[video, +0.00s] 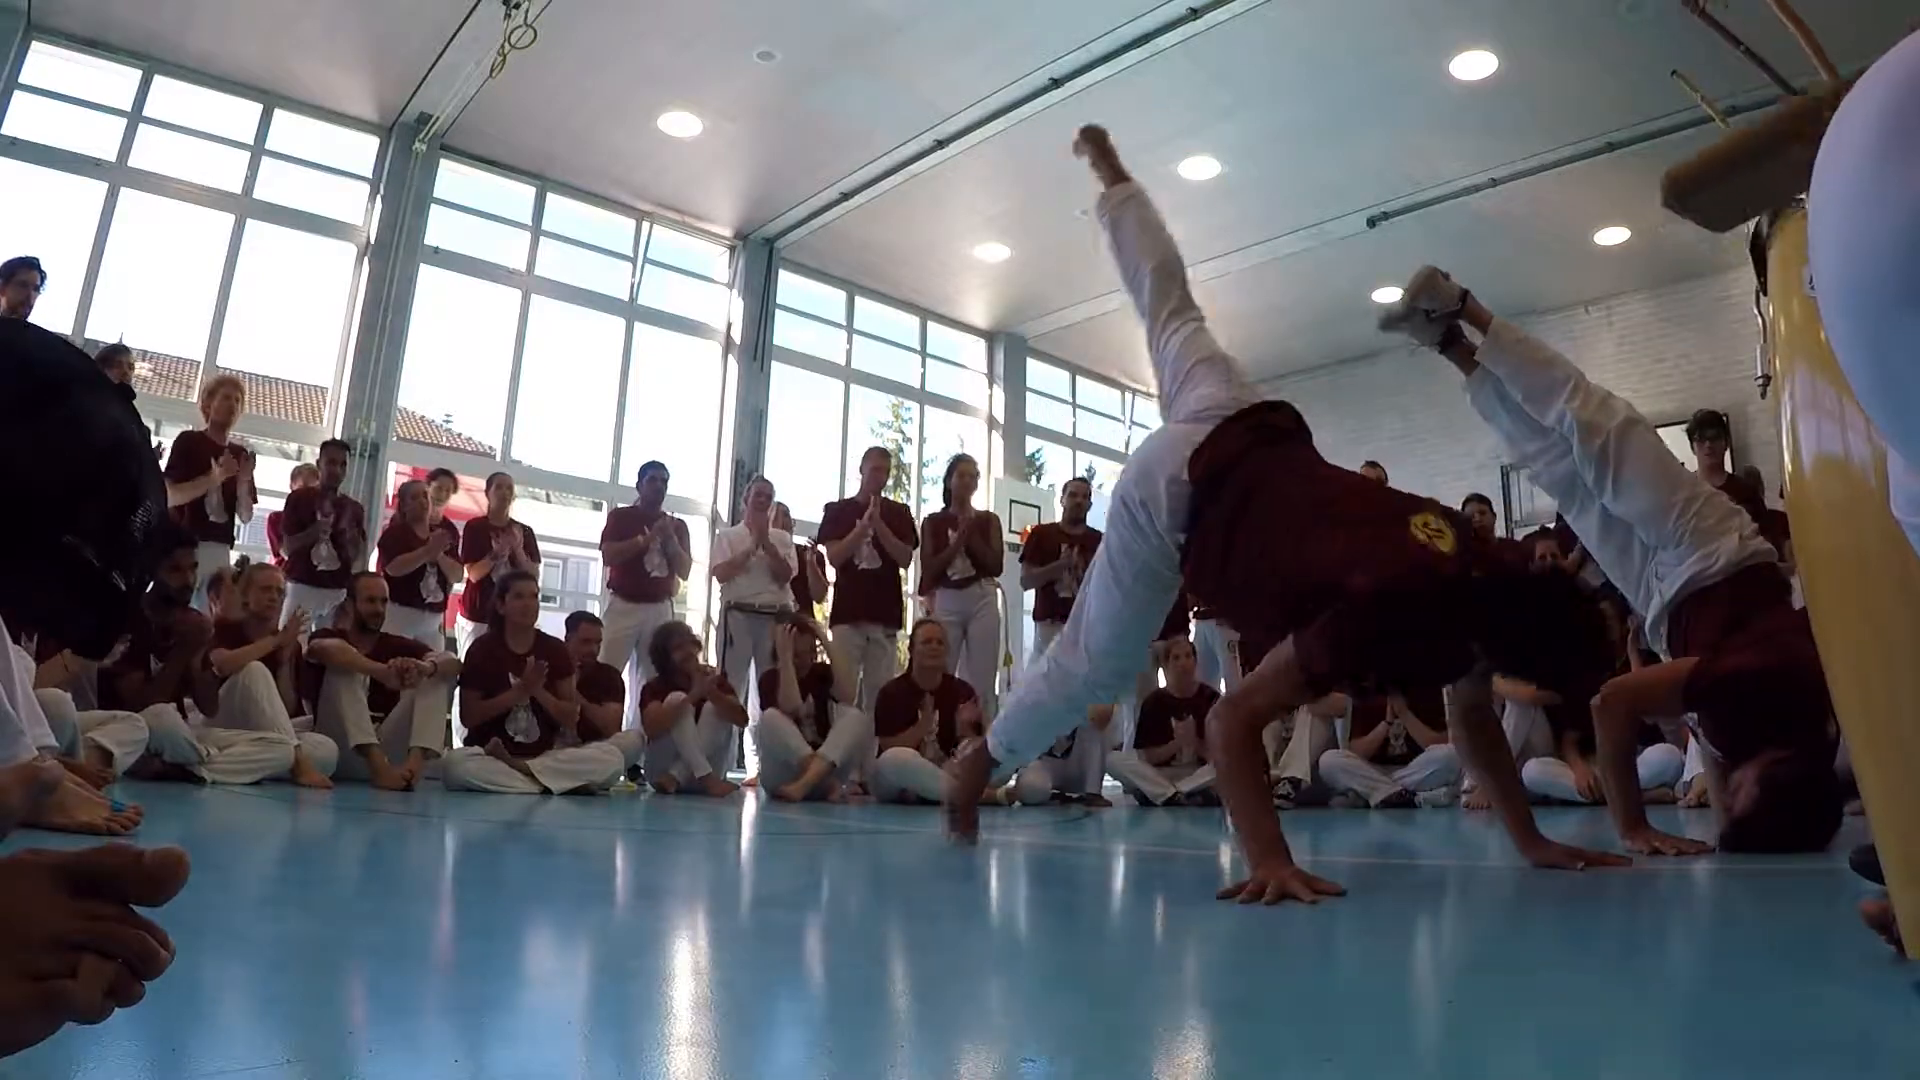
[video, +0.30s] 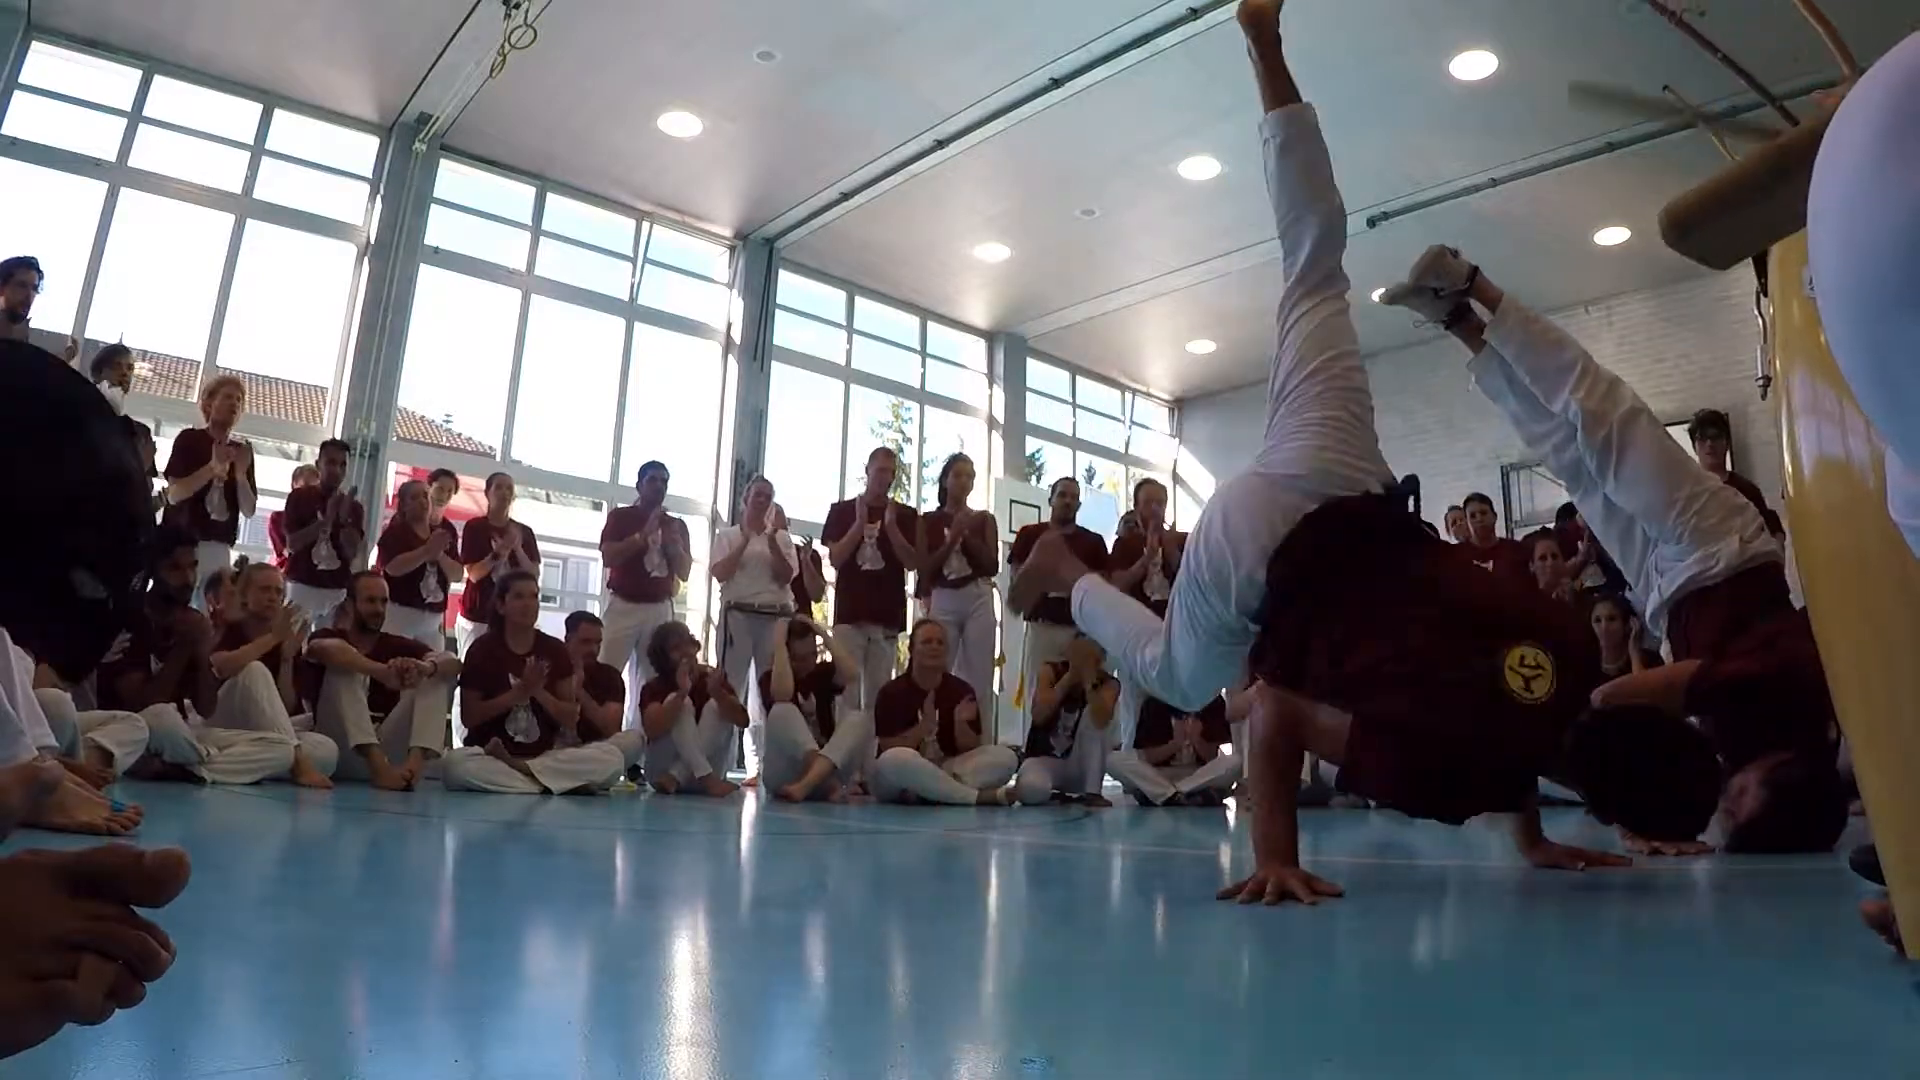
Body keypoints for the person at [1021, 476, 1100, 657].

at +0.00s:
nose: (1079, 501)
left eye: (1085, 497)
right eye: (1073, 495)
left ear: (1090, 504)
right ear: (1062, 500)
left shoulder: (1099, 540)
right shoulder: (1041, 534)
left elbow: (1108, 583)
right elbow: (1026, 581)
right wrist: (1060, 566)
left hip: (1085, 625)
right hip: (1049, 625)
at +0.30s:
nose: (1069, 501)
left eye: (1074, 497)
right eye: (1063, 495)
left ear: (1080, 503)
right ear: (1051, 499)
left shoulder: (1093, 541)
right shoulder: (1030, 534)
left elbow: (1105, 584)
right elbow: (1017, 578)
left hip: (1084, 630)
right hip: (1043, 626)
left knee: (1082, 700)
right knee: (1038, 699)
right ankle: (1036, 760)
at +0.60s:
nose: (1062, 499)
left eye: (1068, 496)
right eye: (1057, 493)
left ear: (1073, 502)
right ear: (1045, 497)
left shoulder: (1087, 538)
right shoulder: (1023, 537)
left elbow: (1099, 585)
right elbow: (1012, 586)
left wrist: (1061, 569)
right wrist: (1037, 567)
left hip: (1078, 631)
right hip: (1040, 630)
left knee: (1079, 704)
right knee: (1036, 703)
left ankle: (1078, 767)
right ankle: (1035, 766)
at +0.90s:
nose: (1062, 499)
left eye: (1067, 495)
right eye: (1056, 493)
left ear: (1073, 502)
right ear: (1044, 497)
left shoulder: (1085, 539)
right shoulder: (1023, 538)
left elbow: (1097, 584)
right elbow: (1009, 586)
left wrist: (1064, 568)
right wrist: (1029, 570)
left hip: (1076, 629)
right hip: (1039, 629)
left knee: (1076, 701)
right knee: (1035, 700)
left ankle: (1073, 765)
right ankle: (1035, 763)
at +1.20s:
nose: (1062, 499)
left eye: (1068, 495)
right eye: (1056, 494)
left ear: (1074, 502)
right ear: (1045, 499)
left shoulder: (1088, 540)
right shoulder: (1026, 538)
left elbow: (1101, 586)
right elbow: (1013, 586)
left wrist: (1062, 568)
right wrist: (1041, 565)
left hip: (1080, 630)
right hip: (1040, 629)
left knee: (1082, 704)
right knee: (1037, 705)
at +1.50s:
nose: (1064, 497)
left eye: (1069, 493)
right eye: (1058, 492)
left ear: (1075, 500)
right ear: (1047, 498)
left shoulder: (1091, 540)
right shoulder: (1027, 537)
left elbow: (1101, 589)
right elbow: (1018, 584)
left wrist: (1063, 569)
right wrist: (1047, 564)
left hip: (1082, 629)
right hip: (1042, 629)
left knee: (1082, 702)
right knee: (1038, 701)